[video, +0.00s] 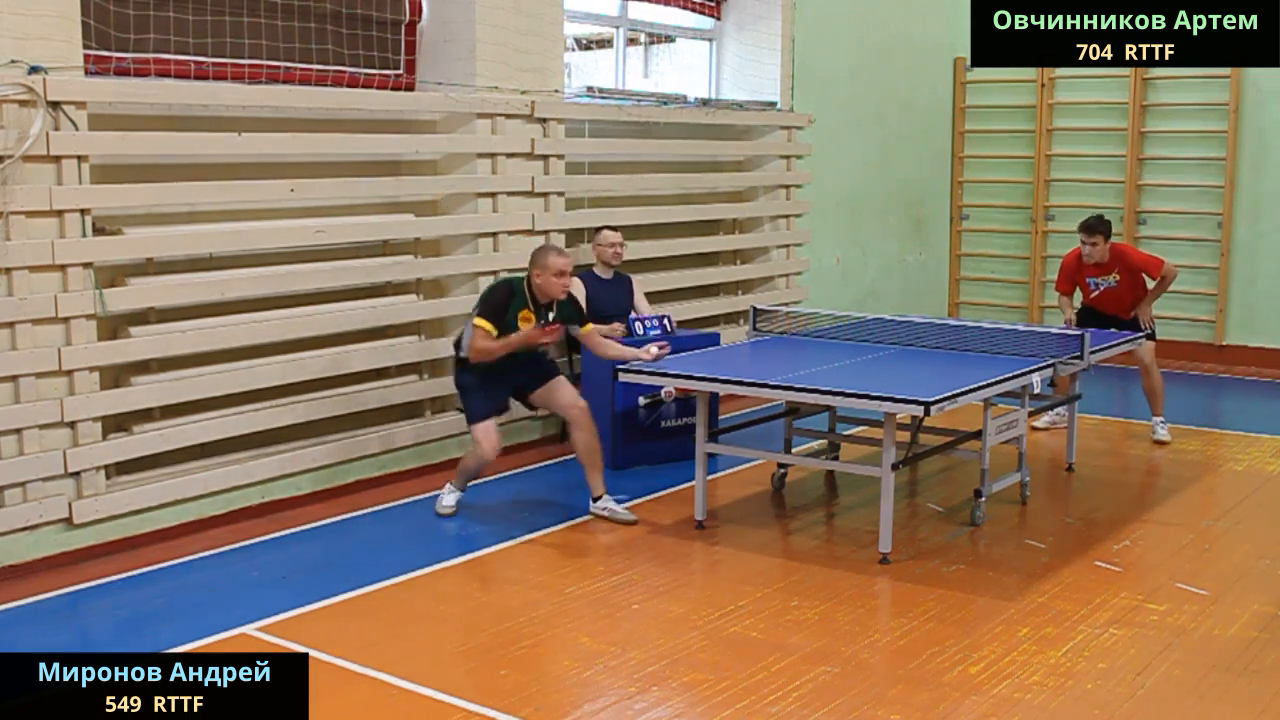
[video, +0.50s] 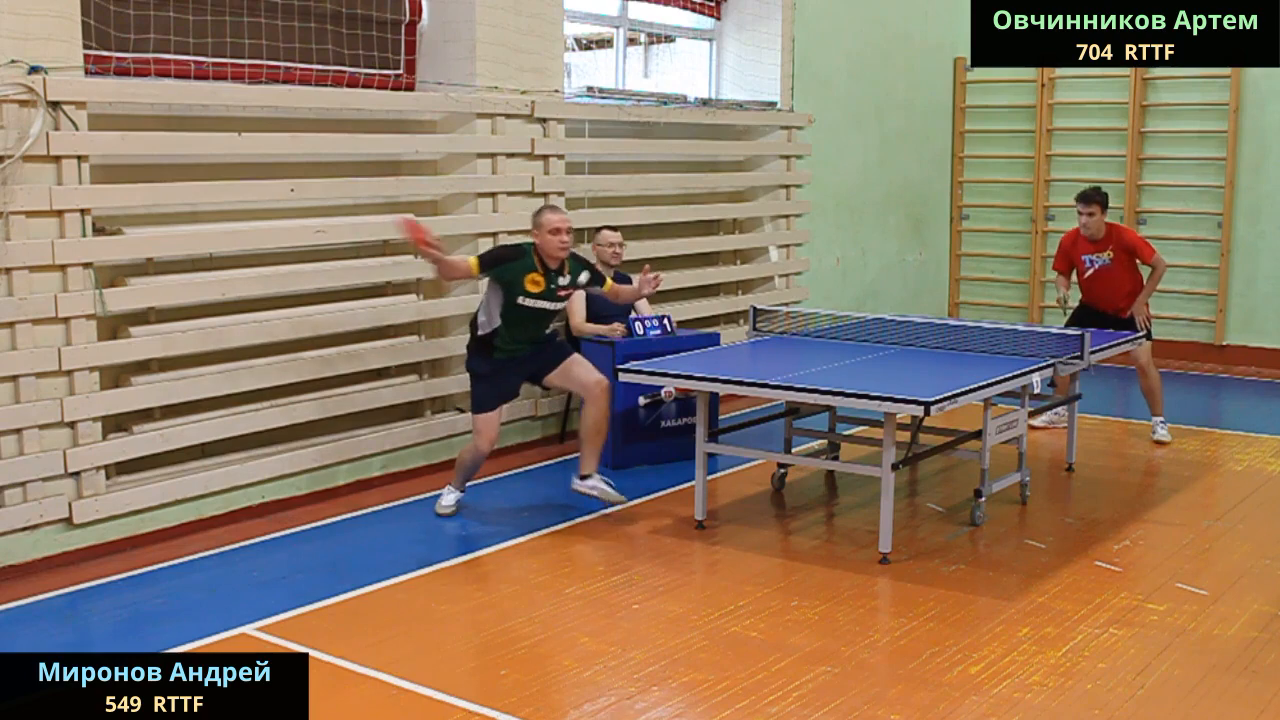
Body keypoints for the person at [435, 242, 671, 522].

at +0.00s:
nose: (568, 282)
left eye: (570, 275)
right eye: (560, 276)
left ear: (570, 274)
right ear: (537, 276)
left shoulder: (565, 302)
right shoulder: (501, 293)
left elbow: (597, 344)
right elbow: (476, 351)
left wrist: (639, 353)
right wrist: (524, 339)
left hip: (526, 361)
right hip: (481, 368)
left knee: (578, 410)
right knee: (488, 450)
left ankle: (599, 498)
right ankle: (455, 487)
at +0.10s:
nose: (566, 277)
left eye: (567, 270)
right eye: (558, 271)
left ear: (568, 269)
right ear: (534, 273)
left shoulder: (567, 296)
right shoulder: (499, 297)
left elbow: (608, 333)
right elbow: (475, 352)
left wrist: (647, 336)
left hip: (535, 363)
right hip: (491, 367)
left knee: (587, 411)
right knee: (493, 457)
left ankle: (599, 498)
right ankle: (457, 487)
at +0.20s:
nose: (562, 263)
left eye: (562, 255)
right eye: (554, 257)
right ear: (530, 262)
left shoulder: (568, 285)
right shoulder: (497, 289)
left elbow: (611, 313)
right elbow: (464, 337)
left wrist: (639, 300)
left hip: (540, 365)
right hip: (494, 371)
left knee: (590, 411)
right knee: (492, 455)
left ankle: (600, 498)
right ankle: (456, 488)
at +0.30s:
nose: (558, 248)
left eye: (558, 240)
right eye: (549, 241)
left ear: (556, 243)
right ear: (525, 247)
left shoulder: (565, 271)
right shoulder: (493, 275)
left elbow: (613, 298)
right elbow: (445, 312)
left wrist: (634, 289)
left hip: (541, 359)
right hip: (495, 365)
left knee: (588, 410)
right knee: (489, 451)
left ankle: (600, 498)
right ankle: (454, 488)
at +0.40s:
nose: (556, 239)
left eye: (558, 232)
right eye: (547, 233)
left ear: (559, 234)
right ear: (525, 237)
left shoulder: (568, 264)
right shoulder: (495, 263)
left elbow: (609, 287)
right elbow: (438, 283)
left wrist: (635, 286)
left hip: (538, 350)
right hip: (491, 357)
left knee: (592, 399)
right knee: (484, 444)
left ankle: (603, 488)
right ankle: (454, 490)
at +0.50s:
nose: (564, 239)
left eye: (568, 232)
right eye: (555, 233)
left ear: (572, 235)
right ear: (535, 236)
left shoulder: (577, 268)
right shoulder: (511, 257)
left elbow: (610, 290)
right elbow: (457, 272)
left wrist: (638, 291)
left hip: (539, 348)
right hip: (492, 354)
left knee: (597, 387)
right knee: (483, 445)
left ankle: (587, 476)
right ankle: (455, 489)